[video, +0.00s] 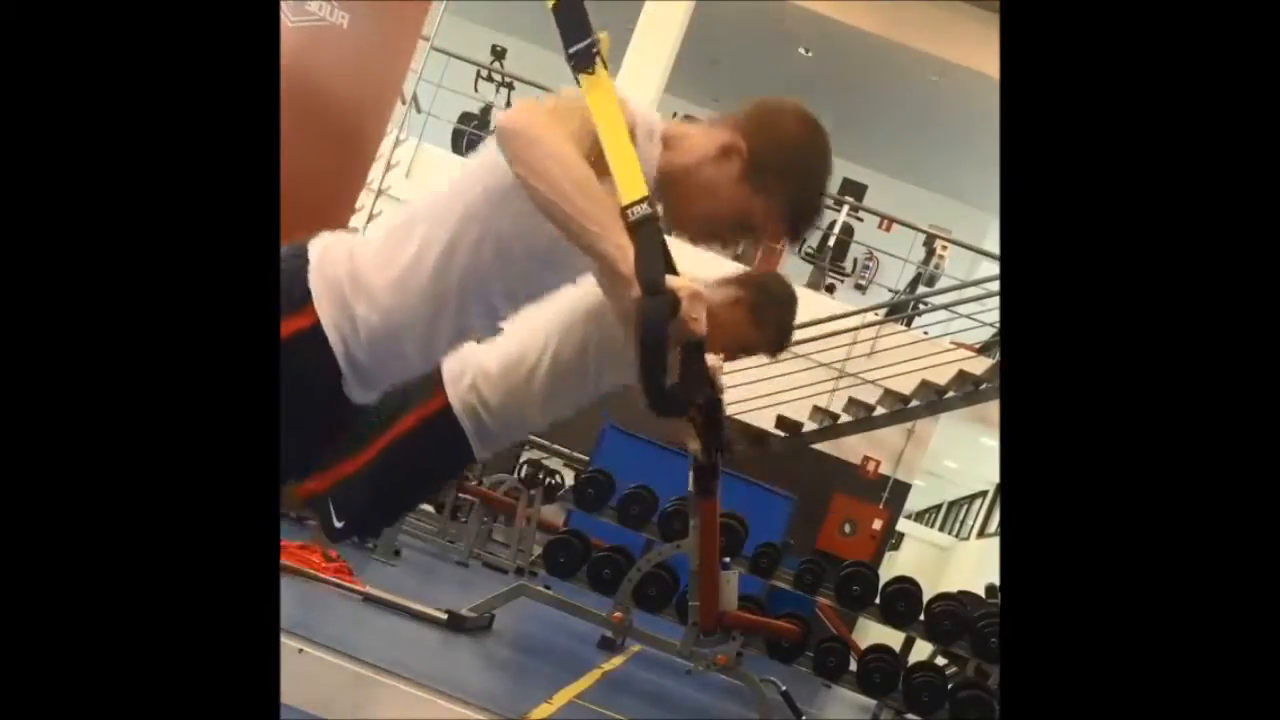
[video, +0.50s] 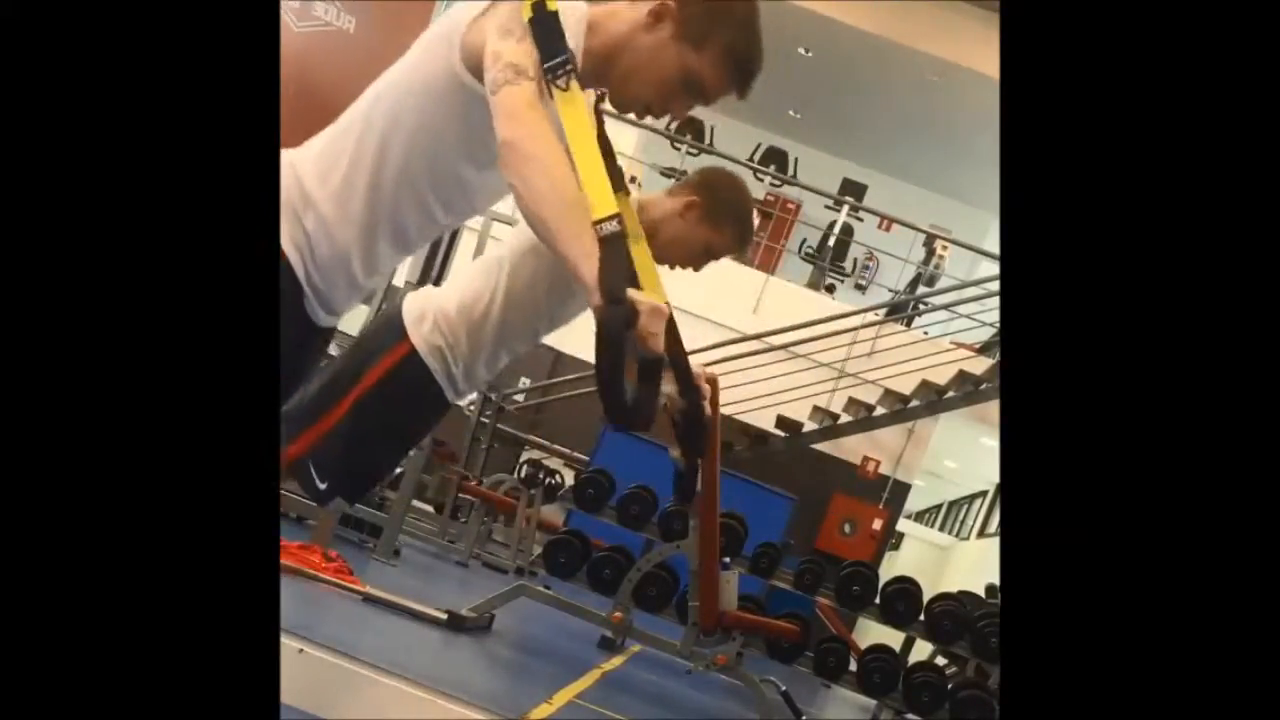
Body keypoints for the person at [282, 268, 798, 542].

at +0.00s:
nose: (715, 355)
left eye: (730, 352)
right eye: (726, 340)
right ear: (725, 296)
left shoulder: (668, 338)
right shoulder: (655, 283)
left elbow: (662, 409)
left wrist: (696, 424)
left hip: (492, 420)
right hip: (471, 392)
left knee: (360, 509)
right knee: (338, 501)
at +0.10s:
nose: (718, 309)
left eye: (731, 308)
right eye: (729, 294)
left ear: (717, 271)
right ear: (716, 255)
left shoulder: (655, 311)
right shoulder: (637, 248)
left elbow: (654, 390)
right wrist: (670, 310)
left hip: (470, 406)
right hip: (448, 378)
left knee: (339, 515)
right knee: (315, 499)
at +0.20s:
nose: (710, 289)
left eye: (723, 283)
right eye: (722, 274)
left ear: (704, 232)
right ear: (705, 232)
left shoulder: (647, 275)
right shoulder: (630, 236)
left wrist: (686, 382)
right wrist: (673, 319)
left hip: (461, 387)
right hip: (438, 362)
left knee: (340, 504)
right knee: (308, 486)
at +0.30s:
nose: (702, 270)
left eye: (714, 263)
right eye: (713, 255)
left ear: (691, 214)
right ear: (693, 213)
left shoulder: (632, 257)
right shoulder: (615, 220)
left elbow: (643, 324)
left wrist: (675, 367)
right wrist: (655, 311)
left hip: (457, 374)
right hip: (432, 347)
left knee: (346, 480)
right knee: (309, 465)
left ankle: (311, 535)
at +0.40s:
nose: (698, 264)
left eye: (710, 258)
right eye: (709, 250)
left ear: (685, 208)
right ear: (688, 207)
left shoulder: (630, 252)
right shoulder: (610, 212)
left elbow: (650, 336)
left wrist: (685, 387)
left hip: (451, 372)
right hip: (425, 342)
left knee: (329, 484)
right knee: (296, 458)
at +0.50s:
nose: (697, 267)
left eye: (709, 260)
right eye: (707, 252)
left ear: (684, 208)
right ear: (687, 210)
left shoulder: (626, 249)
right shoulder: (614, 224)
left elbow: (643, 336)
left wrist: (677, 383)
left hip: (443, 368)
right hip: (422, 344)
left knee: (322, 486)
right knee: (292, 463)